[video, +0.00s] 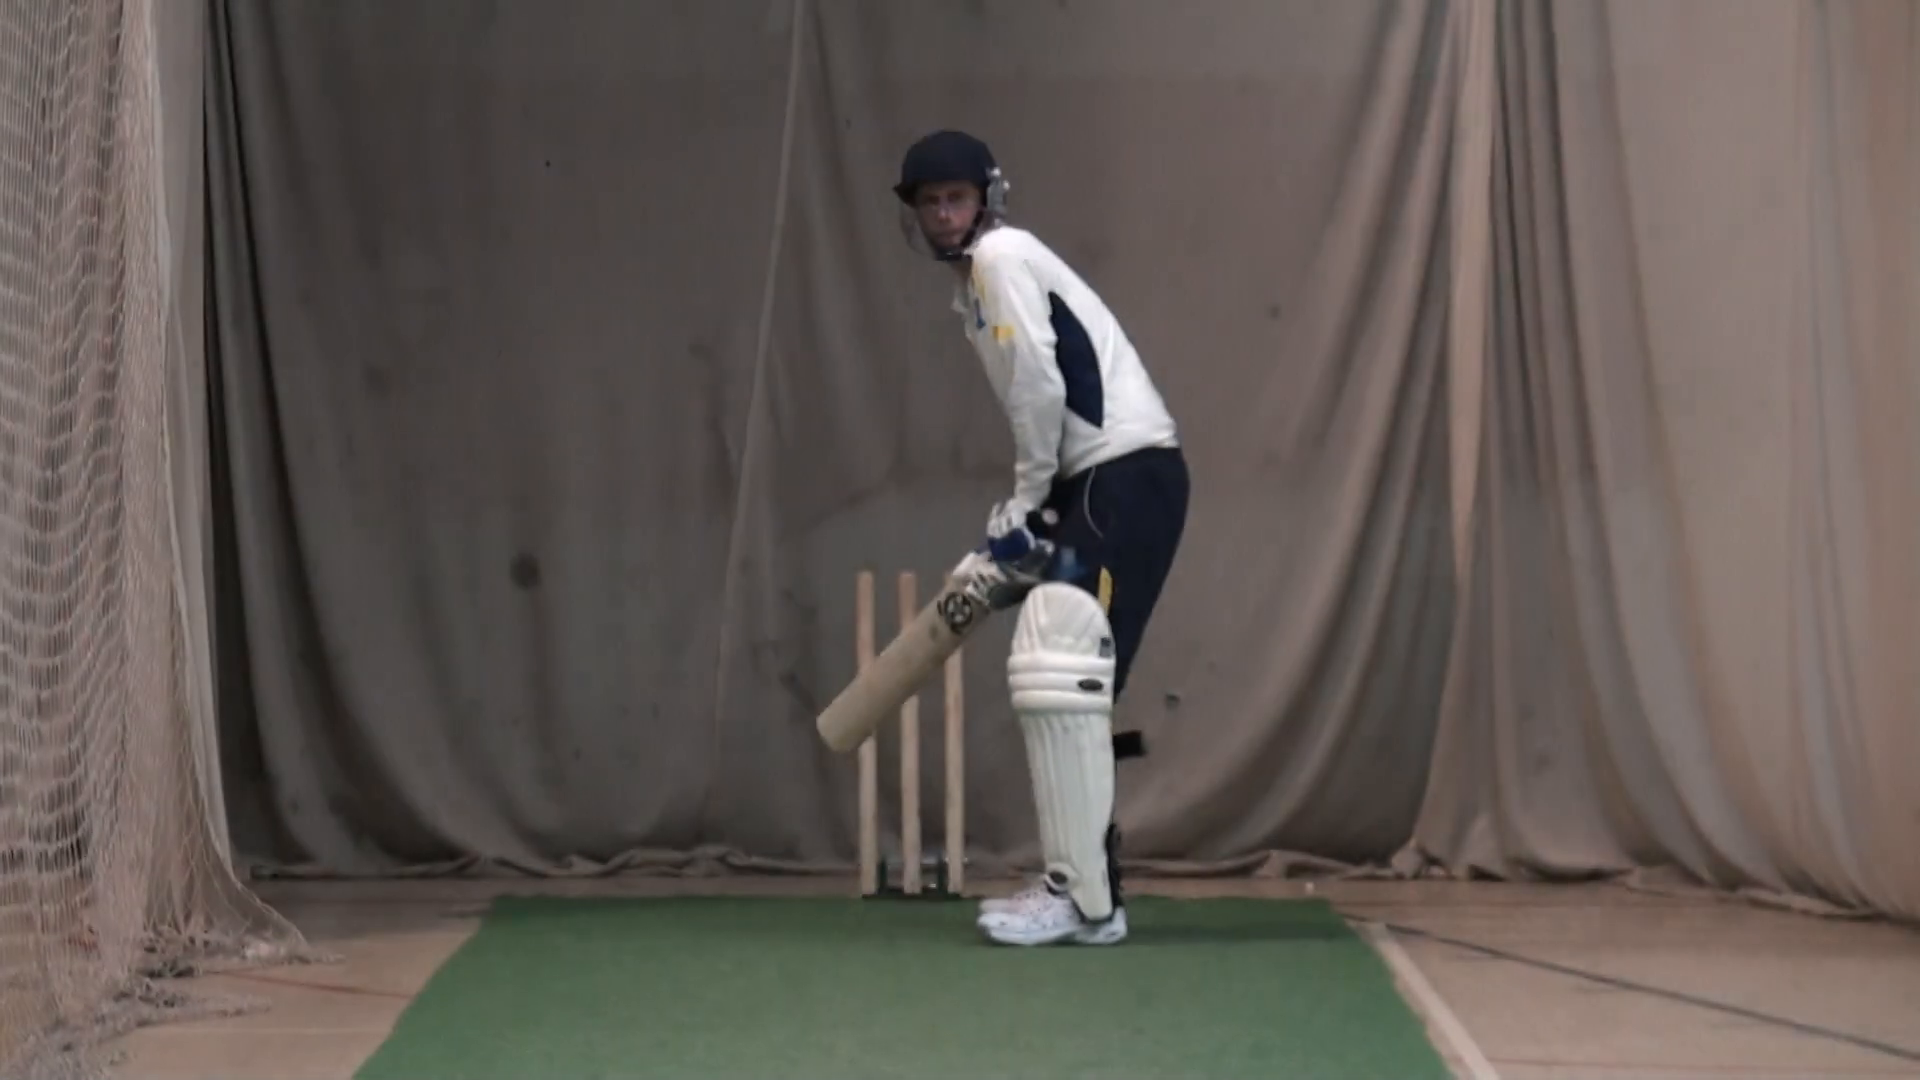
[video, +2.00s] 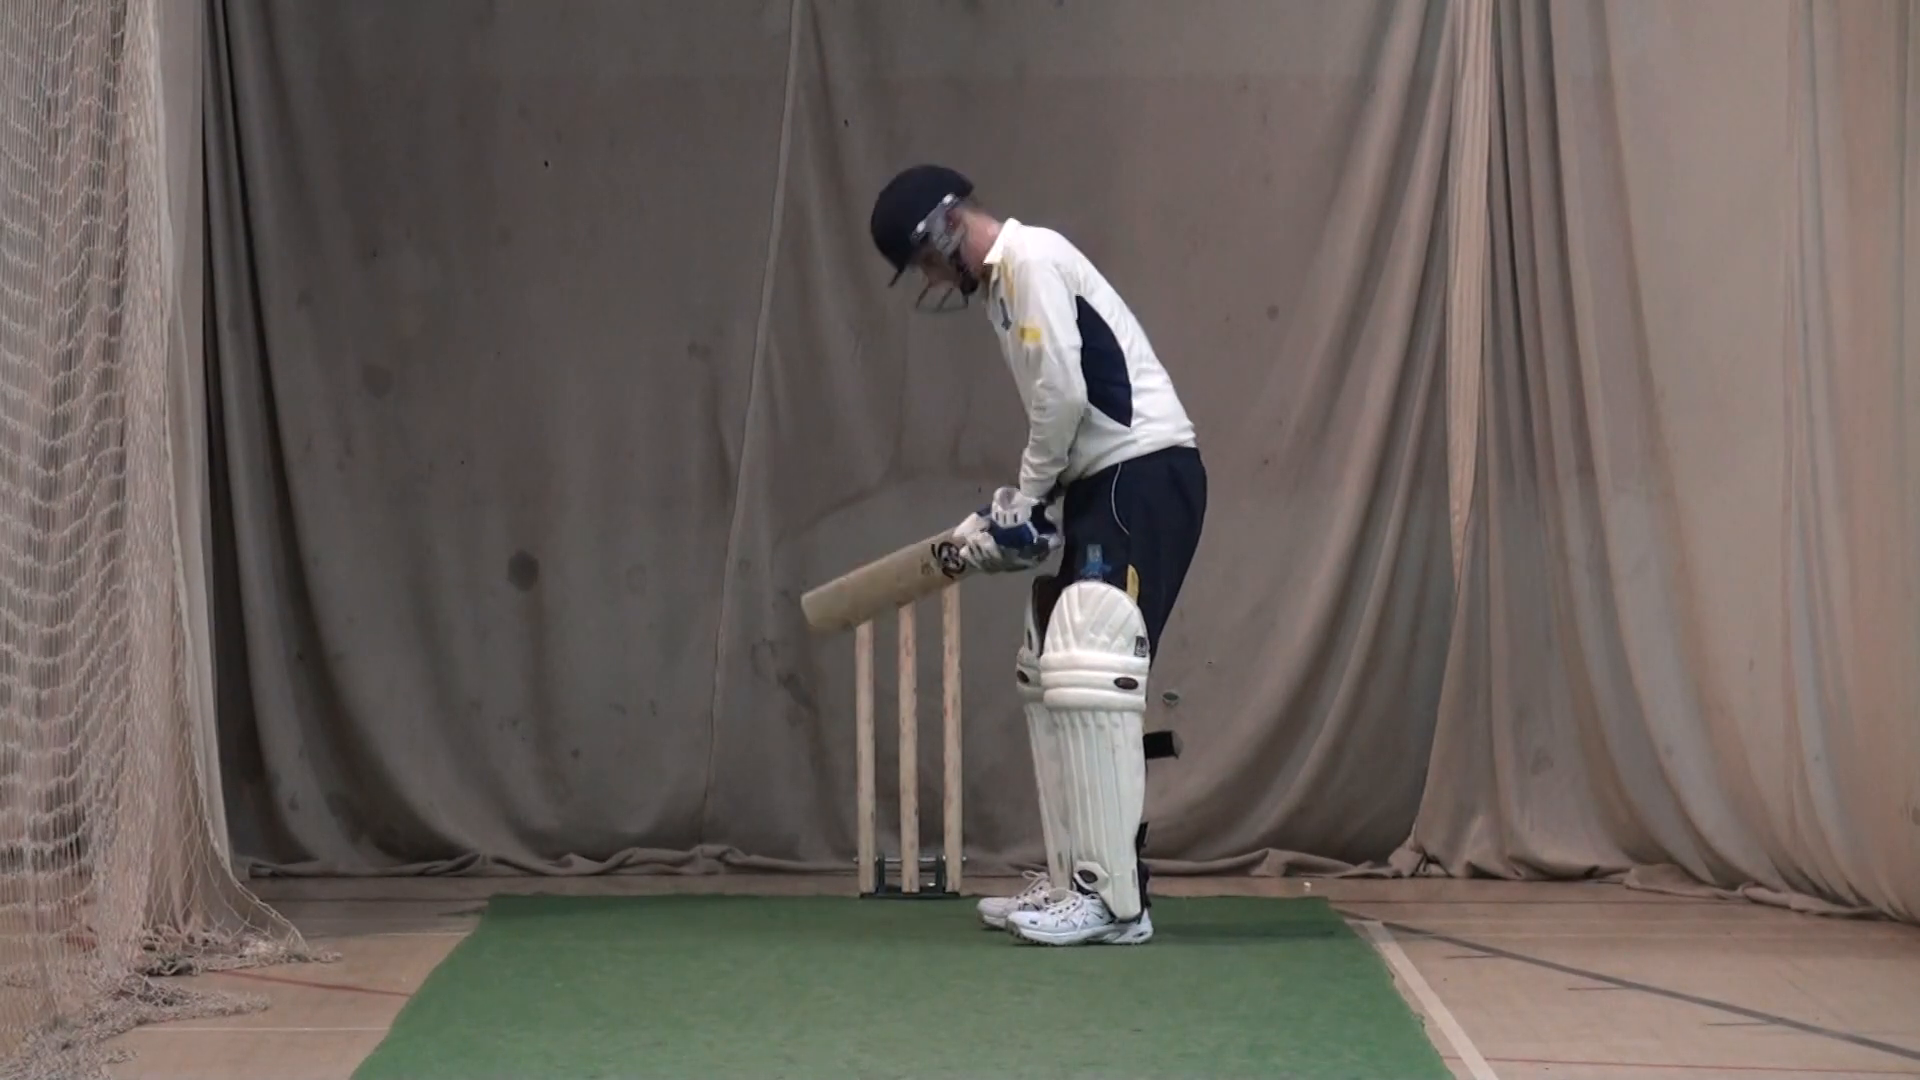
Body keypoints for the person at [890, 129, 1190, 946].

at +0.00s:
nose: (946, 216)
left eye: (960, 199)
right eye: (931, 204)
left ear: (989, 198)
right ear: (913, 214)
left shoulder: (1001, 258)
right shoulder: (985, 279)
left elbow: (1040, 390)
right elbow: (1044, 426)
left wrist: (1024, 510)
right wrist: (1004, 546)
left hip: (1126, 473)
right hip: (1100, 478)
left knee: (1055, 669)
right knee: (1062, 676)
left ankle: (1081, 894)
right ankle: (1083, 886)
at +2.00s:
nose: (928, 277)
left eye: (924, 257)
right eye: (916, 269)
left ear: (955, 223)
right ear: (956, 229)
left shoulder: (1025, 261)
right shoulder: (1008, 279)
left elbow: (1062, 395)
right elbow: (1060, 418)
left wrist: (1023, 497)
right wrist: (1012, 522)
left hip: (1139, 477)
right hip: (1101, 486)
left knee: (1096, 682)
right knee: (1060, 677)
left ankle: (1112, 900)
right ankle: (1076, 881)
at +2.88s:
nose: (925, 232)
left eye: (934, 212)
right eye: (908, 223)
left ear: (965, 205)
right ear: (897, 235)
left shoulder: (998, 264)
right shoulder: (969, 296)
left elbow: (1044, 400)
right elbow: (1035, 422)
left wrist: (1029, 523)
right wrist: (1022, 548)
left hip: (1136, 471)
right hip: (1096, 481)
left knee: (1095, 681)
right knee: (1066, 679)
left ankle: (1112, 899)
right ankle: (1080, 884)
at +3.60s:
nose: (972, 201)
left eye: (988, 185)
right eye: (957, 187)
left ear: (1016, 188)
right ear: (939, 196)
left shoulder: (1034, 253)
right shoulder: (982, 291)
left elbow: (1071, 392)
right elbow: (1043, 417)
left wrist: (1042, 514)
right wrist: (1026, 532)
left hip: (1139, 471)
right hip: (1090, 478)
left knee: (1095, 678)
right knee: (1054, 676)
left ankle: (1113, 896)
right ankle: (1077, 882)